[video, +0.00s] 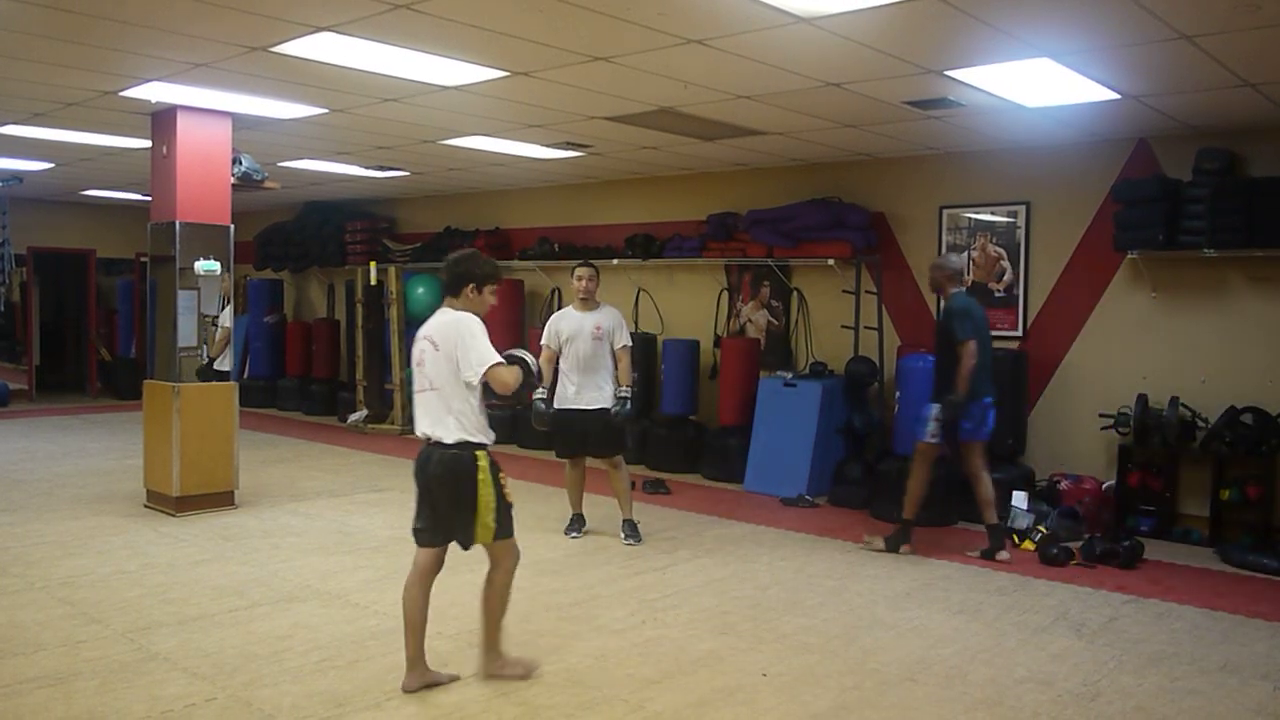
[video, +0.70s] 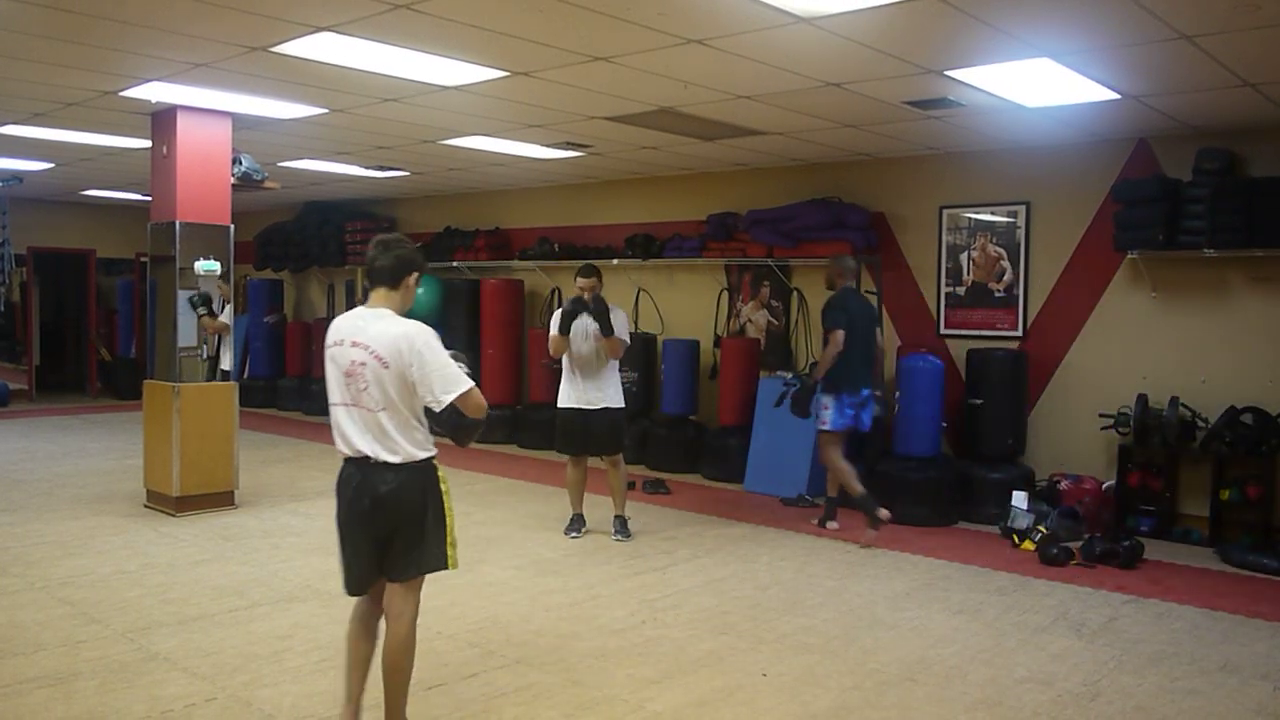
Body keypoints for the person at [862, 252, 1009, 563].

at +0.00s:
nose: (929, 280)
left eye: (932, 275)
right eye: (931, 274)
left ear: (946, 277)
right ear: (954, 277)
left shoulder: (957, 307)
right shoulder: (968, 305)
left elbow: (969, 354)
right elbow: (970, 354)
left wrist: (957, 397)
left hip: (953, 400)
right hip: (977, 400)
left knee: (922, 456)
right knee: (976, 464)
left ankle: (902, 534)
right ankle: (996, 541)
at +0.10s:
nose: (911, 281)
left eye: (914, 277)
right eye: (913, 276)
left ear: (925, 278)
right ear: (940, 278)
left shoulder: (935, 307)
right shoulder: (954, 305)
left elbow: (944, 356)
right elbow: (958, 356)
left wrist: (926, 398)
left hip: (936, 401)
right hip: (959, 401)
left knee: (902, 457)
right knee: (948, 464)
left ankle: (896, 535)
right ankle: (987, 529)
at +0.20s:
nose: (894, 277)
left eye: (897, 272)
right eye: (896, 271)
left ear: (907, 275)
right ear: (921, 275)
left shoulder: (913, 305)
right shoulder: (936, 303)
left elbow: (917, 351)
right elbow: (952, 349)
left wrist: (899, 391)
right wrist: (933, 373)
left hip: (916, 400)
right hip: (937, 398)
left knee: (893, 461)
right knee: (916, 461)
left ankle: (896, 535)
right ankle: (956, 513)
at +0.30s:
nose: (878, 278)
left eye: (880, 273)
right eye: (879, 273)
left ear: (890, 272)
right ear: (908, 272)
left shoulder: (894, 300)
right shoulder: (925, 301)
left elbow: (895, 346)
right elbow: (939, 345)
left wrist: (873, 382)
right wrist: (929, 380)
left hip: (898, 392)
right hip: (920, 391)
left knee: (891, 459)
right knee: (891, 452)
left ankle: (896, 535)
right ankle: (916, 506)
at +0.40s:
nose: (864, 274)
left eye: (867, 270)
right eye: (866, 269)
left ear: (877, 272)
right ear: (893, 272)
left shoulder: (876, 302)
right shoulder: (907, 302)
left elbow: (875, 344)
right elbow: (924, 345)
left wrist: (851, 376)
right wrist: (922, 388)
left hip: (883, 390)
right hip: (903, 387)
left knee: (887, 456)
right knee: (866, 442)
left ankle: (896, 535)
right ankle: (875, 510)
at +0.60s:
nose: (837, 278)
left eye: (839, 273)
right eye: (838, 272)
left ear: (847, 277)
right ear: (866, 277)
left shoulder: (847, 306)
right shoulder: (878, 304)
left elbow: (845, 346)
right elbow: (894, 344)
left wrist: (820, 377)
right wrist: (895, 386)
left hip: (855, 392)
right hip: (874, 390)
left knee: (862, 457)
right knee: (842, 450)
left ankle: (891, 528)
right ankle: (830, 514)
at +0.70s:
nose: (826, 277)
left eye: (828, 272)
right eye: (828, 271)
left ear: (836, 275)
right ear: (855, 276)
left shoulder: (834, 304)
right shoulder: (869, 305)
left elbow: (836, 343)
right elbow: (878, 345)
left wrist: (815, 375)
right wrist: (876, 383)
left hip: (837, 387)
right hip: (861, 386)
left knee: (829, 450)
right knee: (836, 450)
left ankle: (871, 508)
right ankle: (829, 513)